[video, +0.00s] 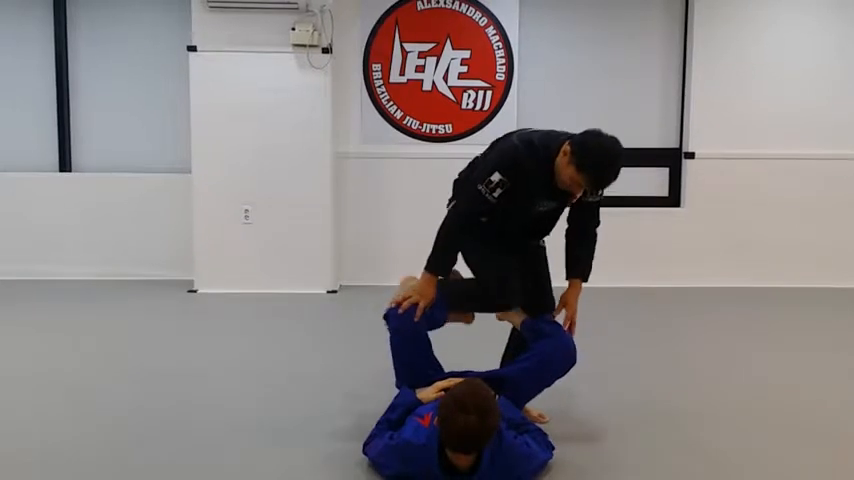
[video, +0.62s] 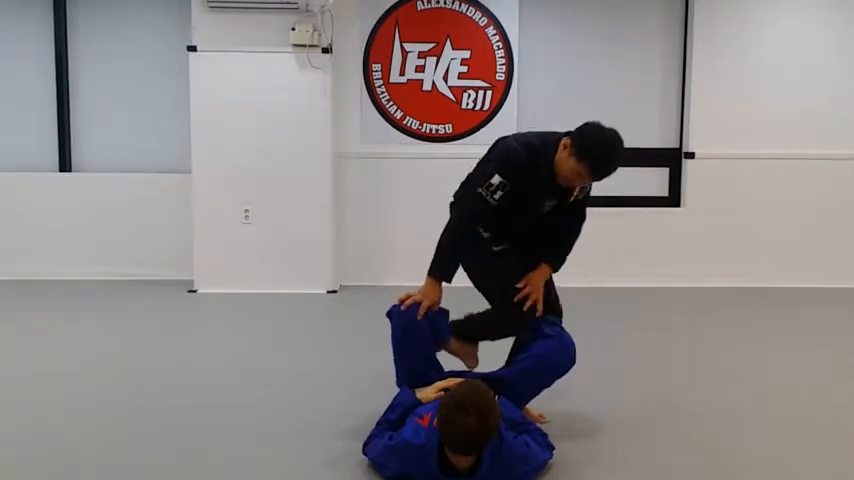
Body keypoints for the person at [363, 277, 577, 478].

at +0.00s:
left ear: (437, 421)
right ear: (495, 427)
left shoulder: (409, 452)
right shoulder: (516, 458)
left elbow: (374, 443)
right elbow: (540, 441)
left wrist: (412, 398)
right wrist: (511, 410)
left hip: (429, 393)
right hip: (496, 397)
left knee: (402, 317)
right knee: (562, 349)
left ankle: (454, 309)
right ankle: (517, 316)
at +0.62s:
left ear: (438, 425)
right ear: (496, 425)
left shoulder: (408, 452)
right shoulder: (513, 456)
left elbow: (374, 443)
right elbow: (541, 444)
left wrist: (413, 397)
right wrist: (508, 406)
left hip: (428, 392)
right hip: (497, 395)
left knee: (407, 313)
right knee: (562, 348)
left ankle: (451, 337)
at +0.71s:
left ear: (438, 426)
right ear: (495, 427)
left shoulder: (407, 453)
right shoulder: (514, 457)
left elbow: (374, 443)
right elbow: (541, 443)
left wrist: (413, 397)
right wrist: (506, 404)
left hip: (427, 395)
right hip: (496, 395)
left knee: (406, 313)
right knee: (562, 348)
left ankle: (454, 346)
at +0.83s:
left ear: (437, 425)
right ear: (495, 427)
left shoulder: (406, 453)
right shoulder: (514, 457)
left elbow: (374, 443)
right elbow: (540, 442)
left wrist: (413, 397)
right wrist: (506, 405)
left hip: (428, 393)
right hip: (497, 394)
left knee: (404, 315)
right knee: (562, 349)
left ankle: (445, 334)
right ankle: (533, 316)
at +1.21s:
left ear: (437, 421)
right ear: (496, 425)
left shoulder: (406, 453)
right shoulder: (514, 456)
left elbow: (374, 443)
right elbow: (540, 442)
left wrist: (413, 397)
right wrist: (509, 404)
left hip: (425, 395)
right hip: (495, 394)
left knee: (399, 318)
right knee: (557, 344)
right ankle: (537, 309)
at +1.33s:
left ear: (437, 420)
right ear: (495, 424)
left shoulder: (405, 454)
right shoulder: (515, 456)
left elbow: (373, 443)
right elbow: (540, 441)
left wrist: (413, 397)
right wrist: (505, 403)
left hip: (426, 395)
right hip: (495, 395)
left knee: (398, 317)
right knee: (552, 336)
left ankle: (445, 342)